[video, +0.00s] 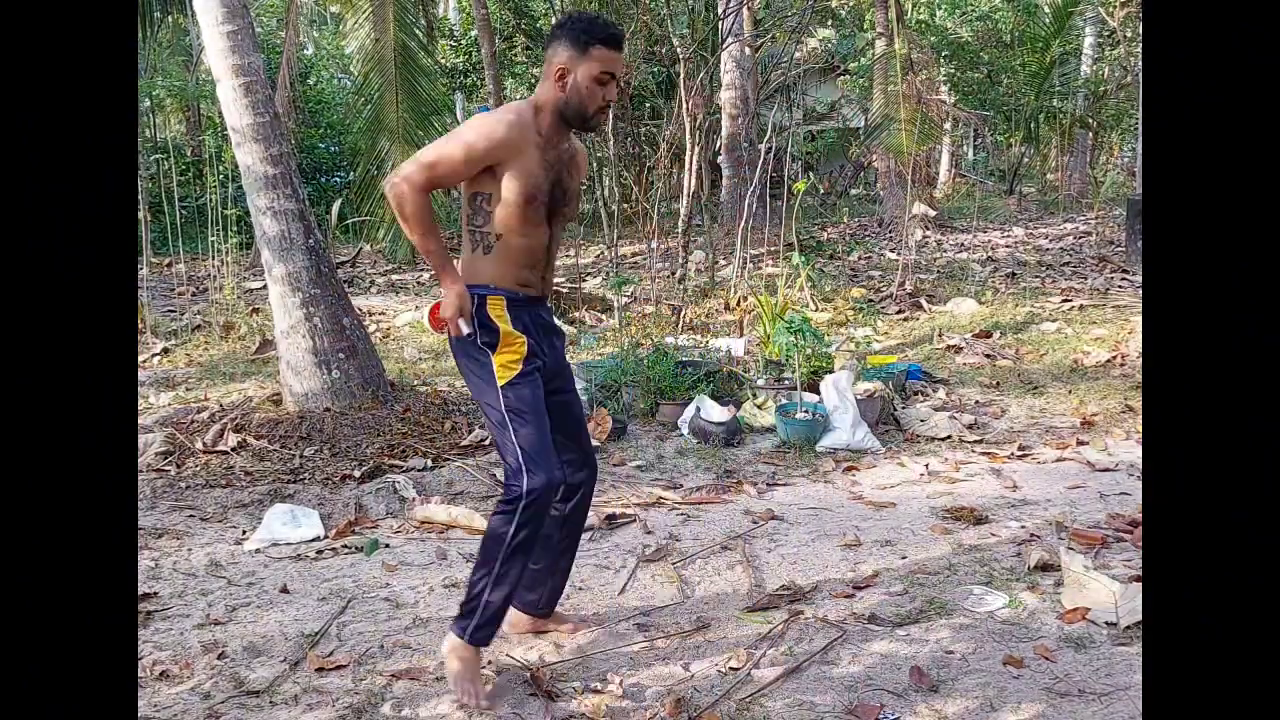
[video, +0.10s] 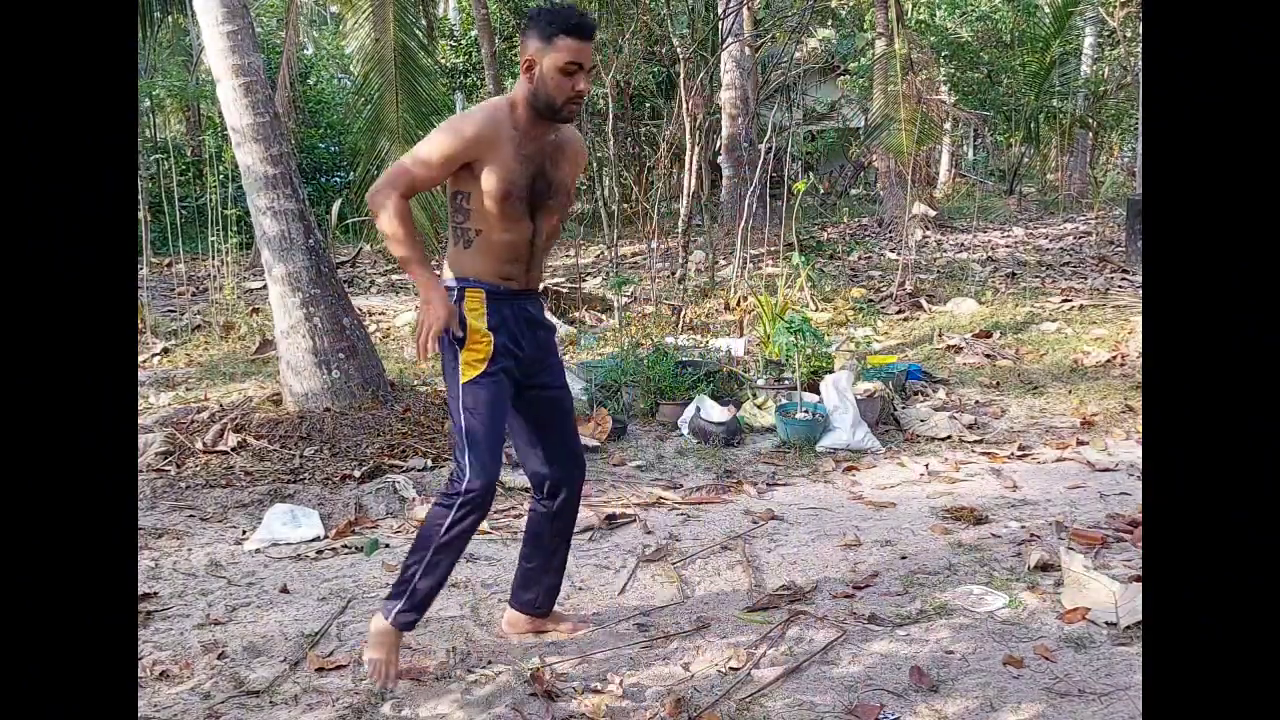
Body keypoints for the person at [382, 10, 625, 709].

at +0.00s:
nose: (612, 96)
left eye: (617, 83)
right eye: (603, 79)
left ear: (591, 80)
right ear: (559, 71)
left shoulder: (574, 156)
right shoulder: (508, 127)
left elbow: (534, 239)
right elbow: (406, 184)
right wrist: (448, 278)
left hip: (535, 319)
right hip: (490, 317)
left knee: (575, 472)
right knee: (536, 477)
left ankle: (533, 609)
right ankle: (466, 644)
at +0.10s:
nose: (582, 85)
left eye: (588, 72)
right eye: (570, 71)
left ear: (588, 71)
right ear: (530, 63)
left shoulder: (570, 147)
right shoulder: (478, 129)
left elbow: (537, 236)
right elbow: (385, 196)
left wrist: (527, 304)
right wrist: (429, 288)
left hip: (529, 317)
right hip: (474, 314)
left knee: (562, 472)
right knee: (475, 480)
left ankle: (528, 612)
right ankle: (390, 624)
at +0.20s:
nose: (556, 82)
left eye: (564, 69)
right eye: (544, 66)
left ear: (568, 70)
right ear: (505, 60)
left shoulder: (558, 138)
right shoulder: (456, 131)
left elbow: (584, 190)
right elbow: (383, 215)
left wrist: (593, 268)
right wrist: (457, 274)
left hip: (522, 317)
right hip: (463, 318)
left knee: (553, 470)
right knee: (438, 481)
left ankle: (528, 611)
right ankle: (358, 617)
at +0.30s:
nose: (527, 87)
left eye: (537, 72)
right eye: (514, 71)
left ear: (543, 70)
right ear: (479, 61)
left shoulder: (524, 130)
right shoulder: (440, 133)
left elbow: (576, 171)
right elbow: (414, 244)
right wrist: (514, 262)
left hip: (502, 318)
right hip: (444, 320)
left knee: (544, 466)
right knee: (409, 480)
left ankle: (529, 610)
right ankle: (352, 624)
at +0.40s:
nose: (506, 92)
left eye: (516, 79)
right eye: (493, 75)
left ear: (523, 78)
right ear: (459, 65)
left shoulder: (503, 135)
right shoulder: (430, 139)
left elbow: (573, 175)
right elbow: (455, 251)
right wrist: (521, 243)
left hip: (484, 319)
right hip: (429, 322)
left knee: (542, 464)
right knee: (401, 487)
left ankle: (530, 602)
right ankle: (349, 627)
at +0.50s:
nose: (500, 90)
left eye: (510, 76)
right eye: (485, 72)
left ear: (515, 79)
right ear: (452, 66)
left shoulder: (489, 137)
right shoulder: (435, 141)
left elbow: (568, 182)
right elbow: (478, 256)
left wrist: (522, 96)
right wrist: (524, 208)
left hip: (480, 319)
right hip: (428, 323)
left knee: (539, 461)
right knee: (403, 488)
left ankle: (535, 600)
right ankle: (349, 629)